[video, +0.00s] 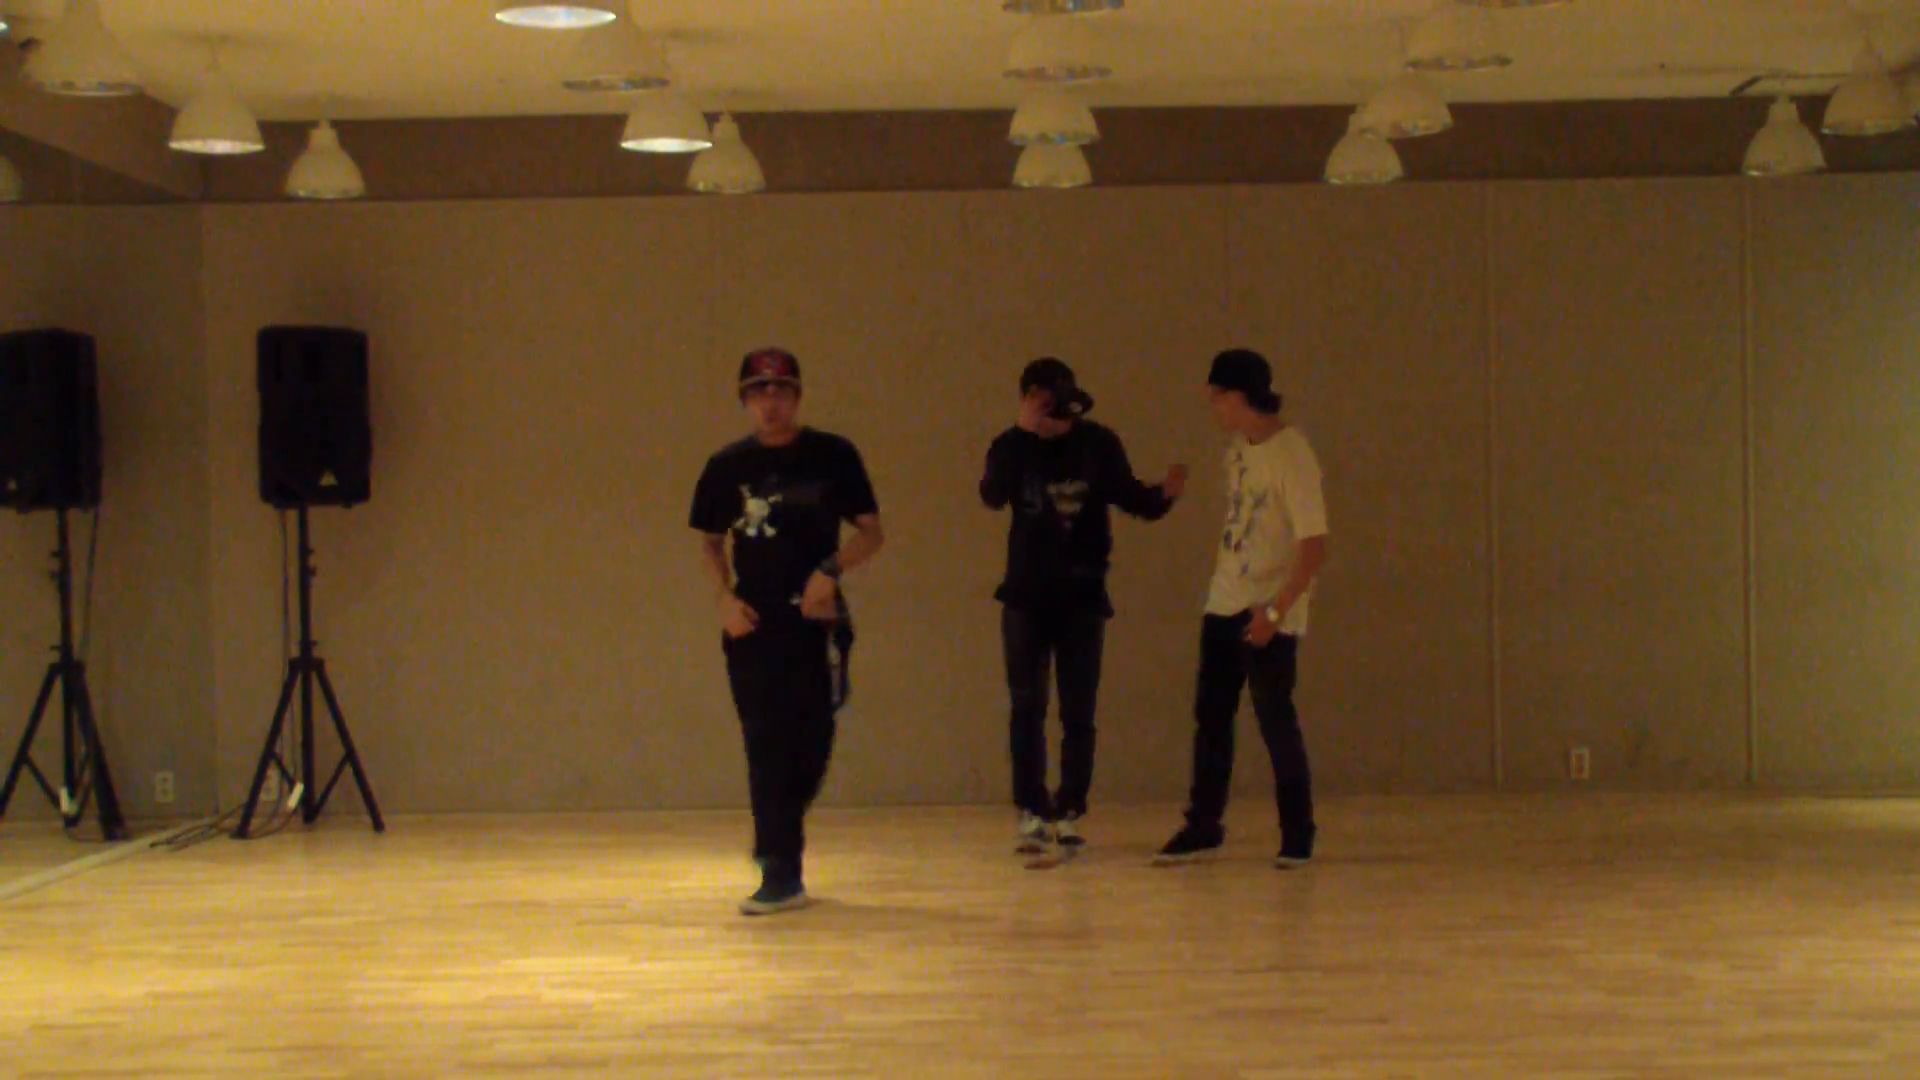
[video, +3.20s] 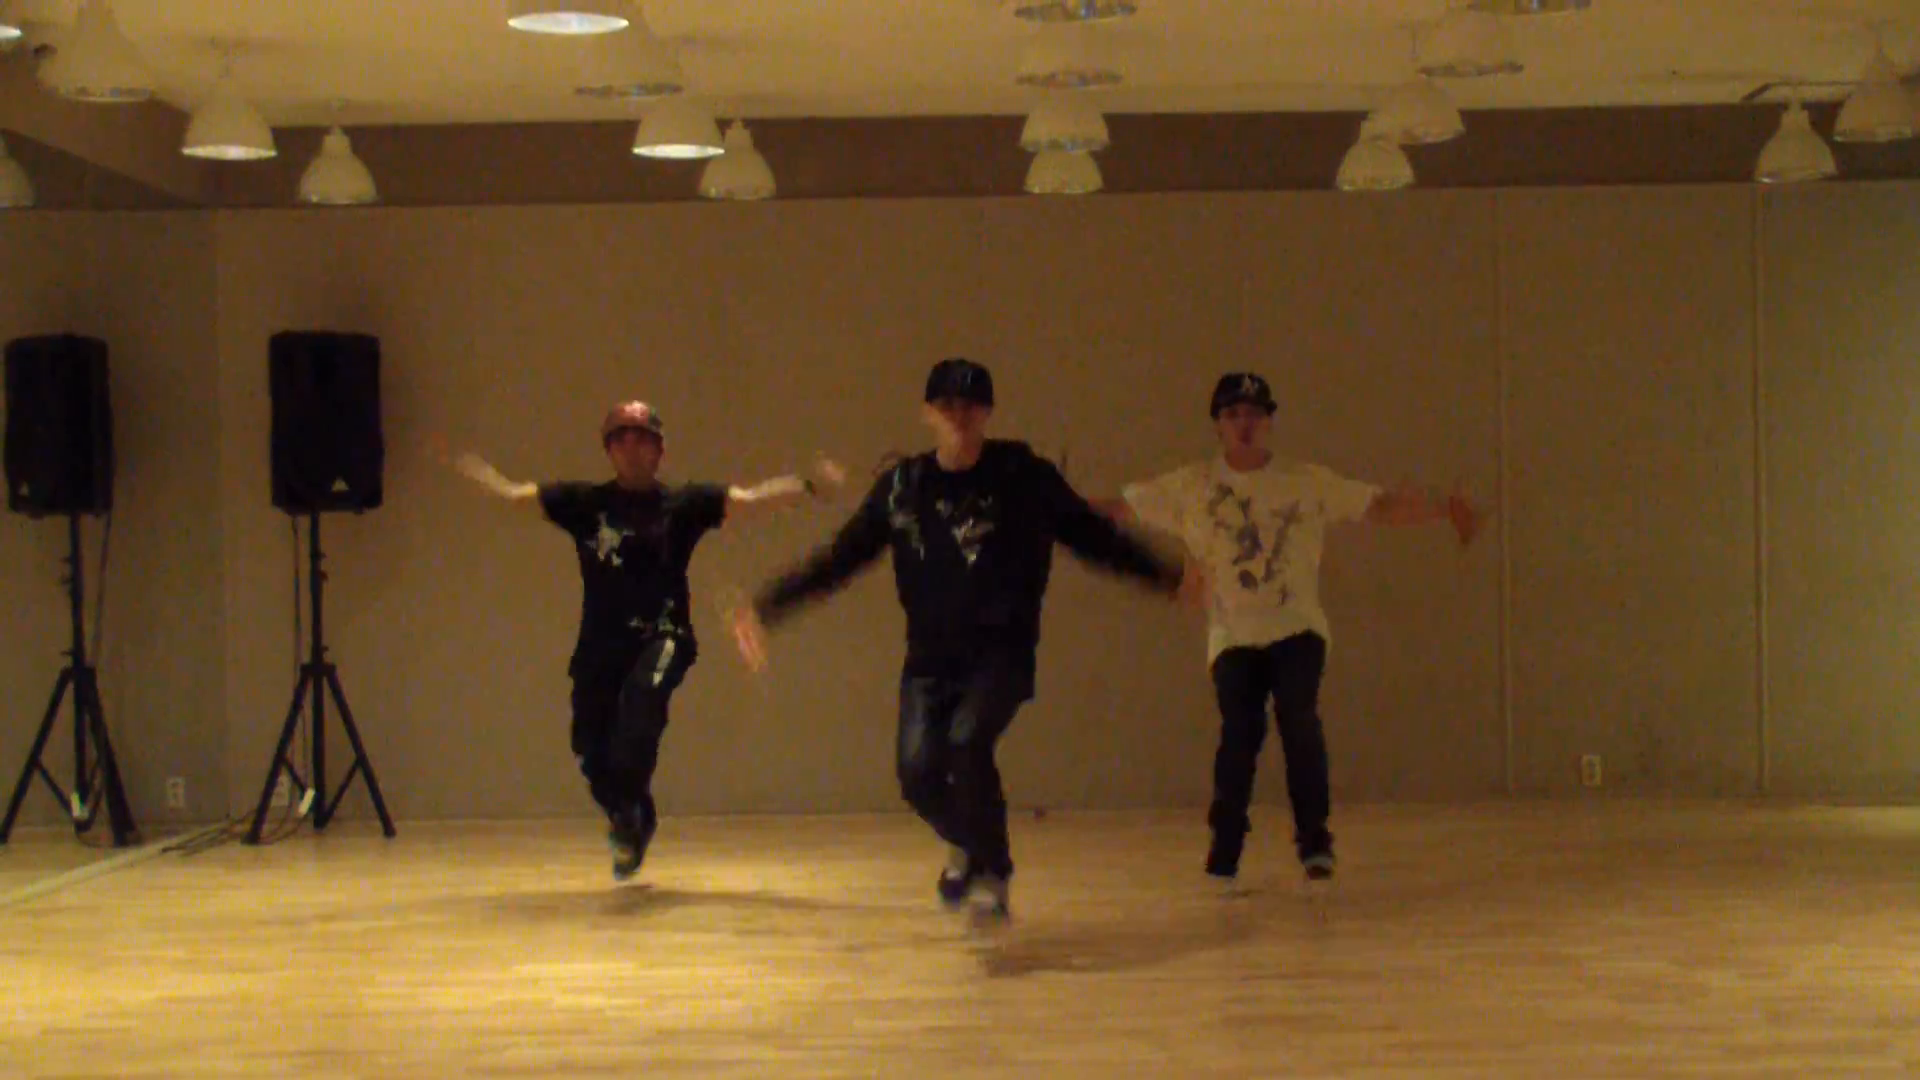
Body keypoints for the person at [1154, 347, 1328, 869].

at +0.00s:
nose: (1212, 409)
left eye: (1218, 399)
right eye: (1212, 399)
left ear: (1244, 398)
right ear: (1241, 400)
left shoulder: (1292, 453)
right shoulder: (1237, 452)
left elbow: (1313, 545)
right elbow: (1243, 527)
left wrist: (1276, 612)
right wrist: (1226, 591)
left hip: (1269, 617)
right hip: (1223, 611)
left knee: (1277, 723)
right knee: (1213, 717)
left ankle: (1297, 832)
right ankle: (1204, 822)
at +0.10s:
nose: (1216, 408)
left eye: (1220, 397)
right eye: (1214, 398)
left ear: (1245, 393)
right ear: (1242, 394)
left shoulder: (1292, 446)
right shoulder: (1245, 449)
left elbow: (1312, 540)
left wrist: (1277, 609)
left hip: (1272, 614)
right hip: (1229, 611)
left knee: (1278, 722)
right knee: (1228, 721)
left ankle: (1298, 832)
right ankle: (1230, 825)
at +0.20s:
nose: (1214, 402)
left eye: (1218, 392)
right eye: (1212, 392)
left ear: (1245, 389)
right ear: (1239, 390)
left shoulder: (1290, 438)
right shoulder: (1252, 445)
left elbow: (1307, 528)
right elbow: (1253, 526)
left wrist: (1278, 602)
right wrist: (1233, 594)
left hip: (1273, 609)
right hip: (1234, 607)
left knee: (1278, 717)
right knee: (1231, 714)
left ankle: (1298, 831)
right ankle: (1253, 820)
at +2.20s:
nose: (1243, 390)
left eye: (1253, 380)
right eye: (1234, 381)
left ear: (1270, 388)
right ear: (1219, 391)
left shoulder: (1300, 450)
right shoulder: (1198, 456)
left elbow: (1327, 530)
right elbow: (1184, 535)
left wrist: (1333, 605)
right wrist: (1182, 605)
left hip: (1283, 614)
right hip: (1219, 615)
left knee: (1273, 733)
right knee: (1225, 733)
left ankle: (1267, 838)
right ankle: (1229, 844)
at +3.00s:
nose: (1233, 443)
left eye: (1242, 434)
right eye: (1222, 434)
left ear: (1256, 443)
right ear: (1205, 447)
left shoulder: (1286, 502)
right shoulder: (1191, 507)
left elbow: (1321, 525)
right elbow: (1169, 538)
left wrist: (1355, 526)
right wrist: (1148, 539)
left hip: (1283, 641)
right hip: (1223, 651)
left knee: (1287, 727)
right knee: (1237, 758)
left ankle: (1287, 811)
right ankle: (1244, 849)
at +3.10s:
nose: (1239, 426)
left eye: (1249, 417)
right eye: (1229, 417)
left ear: (1263, 424)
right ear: (1210, 427)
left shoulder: (1297, 489)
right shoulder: (1189, 498)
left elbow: (1372, 499)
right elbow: (1118, 505)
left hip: (1288, 629)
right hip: (1225, 641)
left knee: (1296, 707)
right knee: (1237, 751)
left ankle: (1300, 815)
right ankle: (1239, 839)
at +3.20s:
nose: (1243, 425)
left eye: (1253, 415)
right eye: (1232, 416)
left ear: (1270, 421)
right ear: (1216, 424)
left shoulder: (1306, 483)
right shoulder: (1192, 488)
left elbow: (1381, 505)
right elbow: (1119, 508)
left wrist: (1445, 507)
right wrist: (1062, 507)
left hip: (1297, 627)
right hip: (1233, 634)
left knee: (1299, 722)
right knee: (1240, 730)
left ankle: (1314, 842)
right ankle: (1225, 844)